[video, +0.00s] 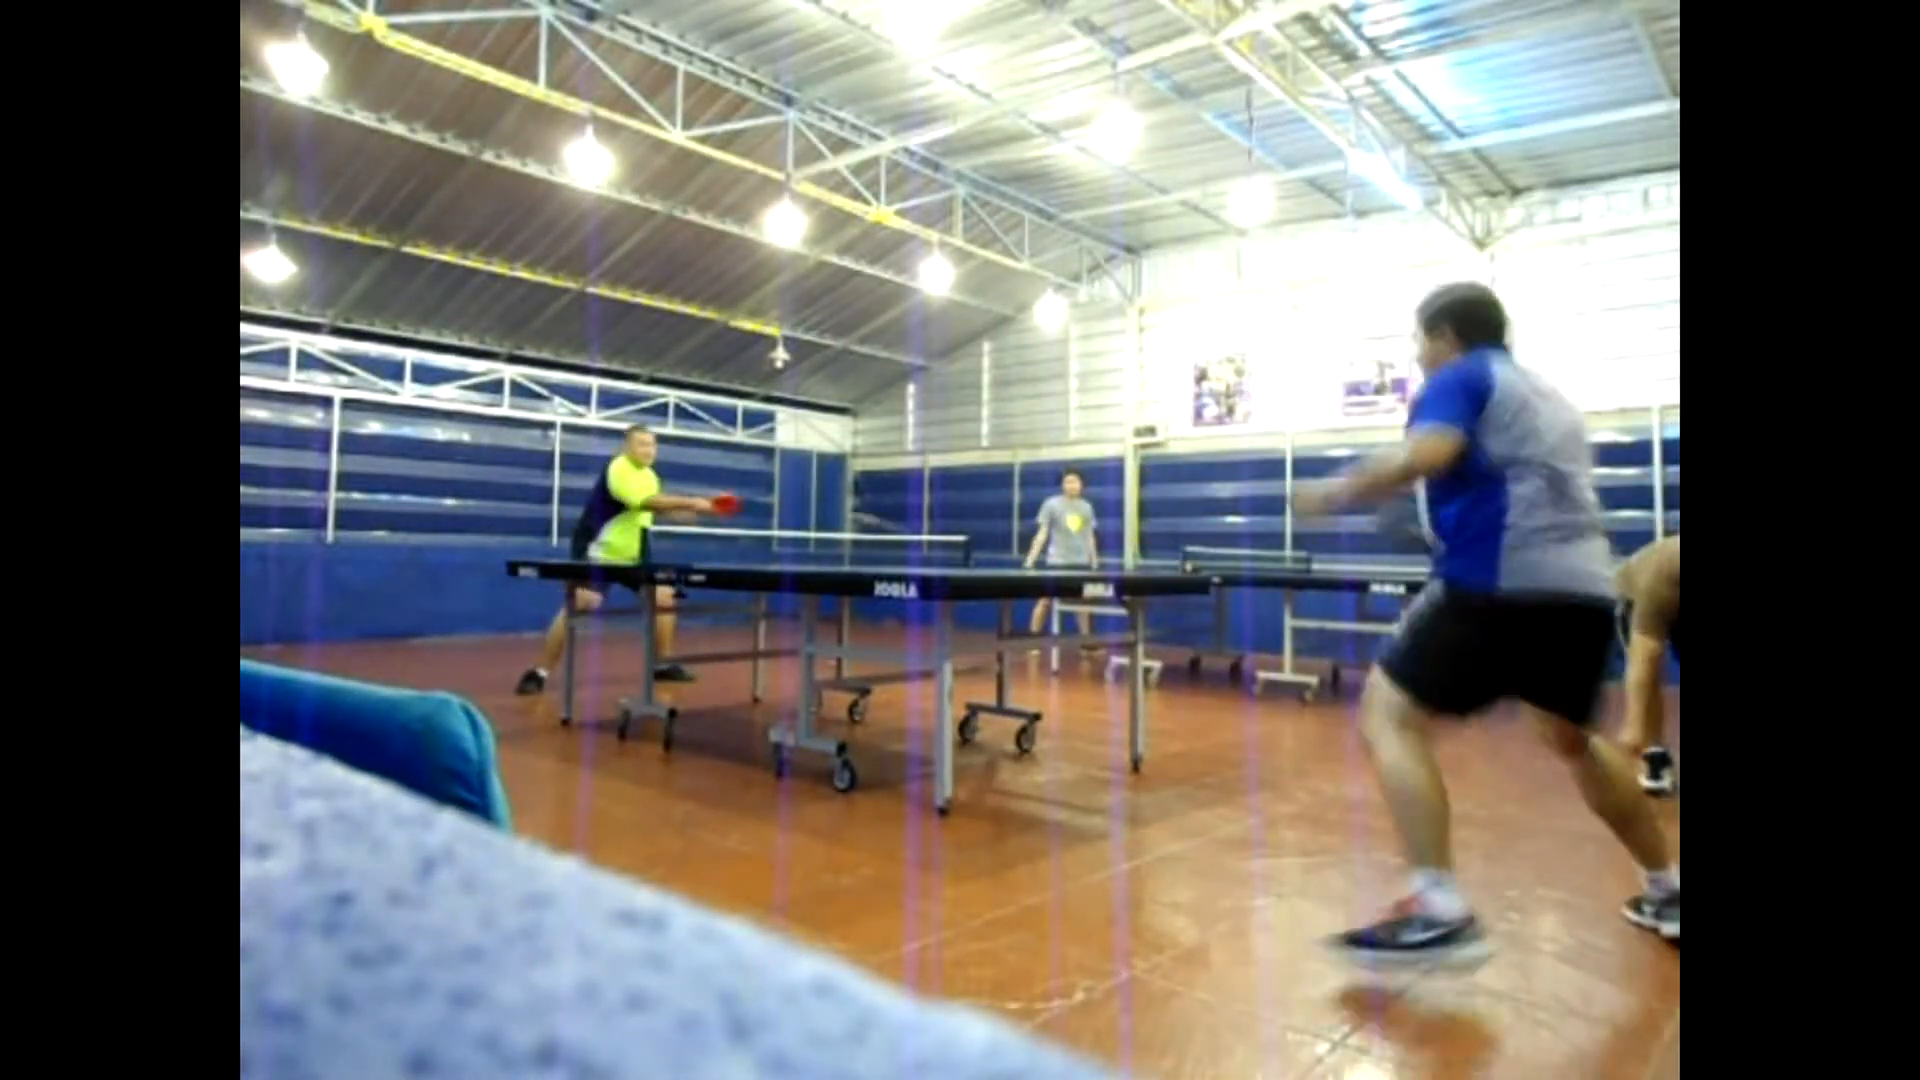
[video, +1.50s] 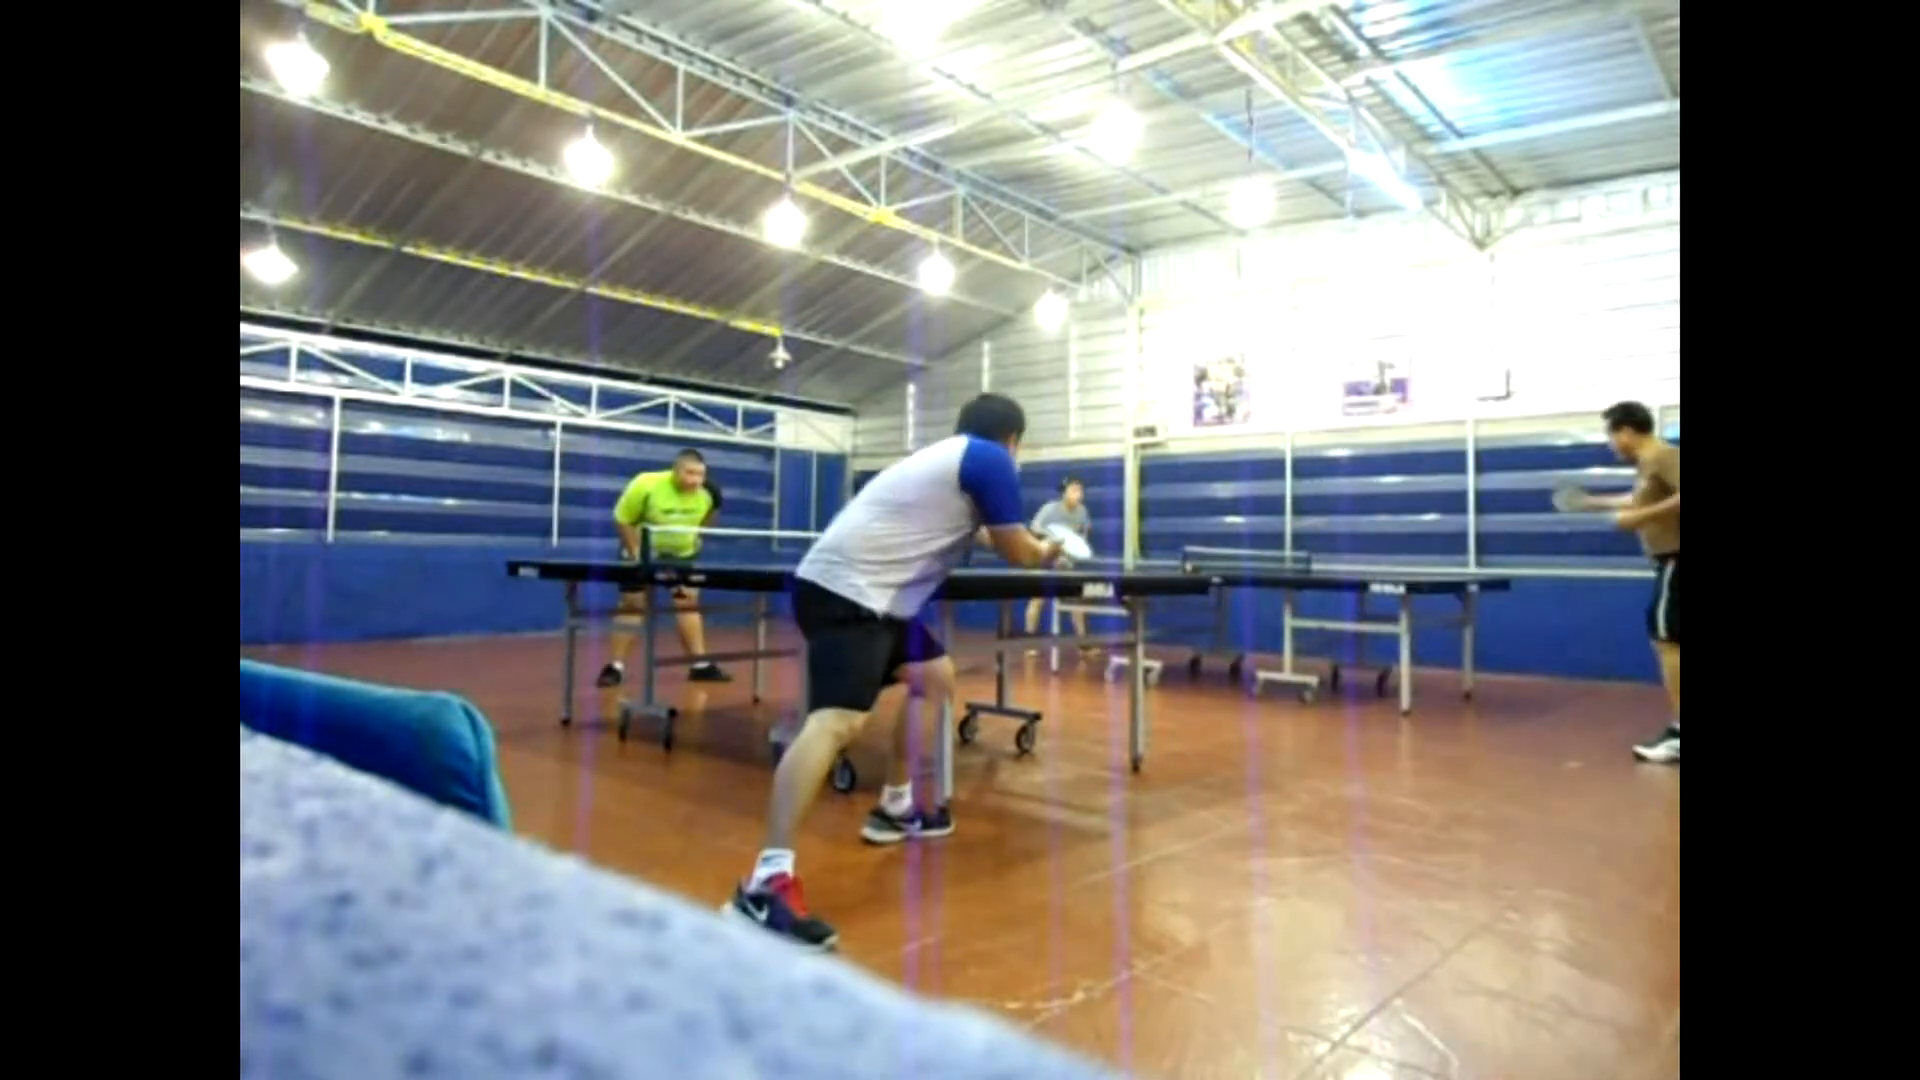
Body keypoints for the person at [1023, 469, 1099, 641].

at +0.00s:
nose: (1072, 486)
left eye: (1075, 482)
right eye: (1068, 482)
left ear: (1081, 485)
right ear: (1062, 485)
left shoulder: (1086, 507)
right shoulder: (1052, 505)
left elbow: (1090, 536)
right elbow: (1042, 533)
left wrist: (1094, 560)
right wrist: (1030, 560)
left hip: (1081, 561)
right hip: (1057, 561)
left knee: (1082, 602)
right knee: (1045, 600)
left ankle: (1086, 639)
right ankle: (1033, 638)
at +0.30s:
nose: (1073, 487)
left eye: (1076, 483)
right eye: (1069, 483)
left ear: (1081, 486)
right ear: (1063, 485)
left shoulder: (1085, 507)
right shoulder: (1051, 505)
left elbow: (1089, 536)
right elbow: (1047, 534)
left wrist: (1093, 560)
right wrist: (1049, 559)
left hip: (1082, 561)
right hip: (1059, 561)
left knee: (1083, 602)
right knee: (1046, 600)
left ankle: (1086, 638)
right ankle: (1033, 636)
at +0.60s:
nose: (1074, 487)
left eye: (1077, 483)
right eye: (1070, 483)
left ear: (1082, 487)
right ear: (1063, 485)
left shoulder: (1084, 507)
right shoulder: (1051, 504)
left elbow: (1087, 535)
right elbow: (1045, 534)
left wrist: (1093, 559)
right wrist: (1065, 549)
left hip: (1080, 561)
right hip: (1056, 560)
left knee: (1082, 601)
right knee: (1045, 599)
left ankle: (1086, 638)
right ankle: (1034, 636)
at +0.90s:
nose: (1074, 487)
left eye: (1077, 483)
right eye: (1070, 483)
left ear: (1082, 487)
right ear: (1063, 485)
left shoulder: (1084, 508)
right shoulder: (1051, 504)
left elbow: (1086, 533)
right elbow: (1043, 532)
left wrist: (1089, 554)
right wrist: (1065, 543)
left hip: (1080, 560)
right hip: (1056, 560)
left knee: (1083, 600)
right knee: (1046, 598)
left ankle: (1085, 638)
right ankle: (1034, 635)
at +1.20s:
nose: (1085, 489)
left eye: (1087, 485)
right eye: (1082, 485)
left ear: (1090, 489)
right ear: (1074, 487)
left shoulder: (1087, 508)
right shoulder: (1060, 505)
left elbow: (1088, 532)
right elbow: (1051, 525)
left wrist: (1086, 552)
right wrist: (1071, 525)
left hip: (1077, 558)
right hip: (1055, 557)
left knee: (1083, 600)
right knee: (1045, 597)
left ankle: (1087, 637)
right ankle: (1032, 633)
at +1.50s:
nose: (1077, 495)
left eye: (1079, 491)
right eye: (1073, 490)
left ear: (1082, 494)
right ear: (1064, 492)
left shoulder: (1082, 511)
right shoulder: (1049, 510)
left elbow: (1085, 530)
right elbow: (1035, 530)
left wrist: (1078, 545)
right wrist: (1050, 545)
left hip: (1071, 560)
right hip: (1047, 560)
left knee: (1077, 599)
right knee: (1038, 598)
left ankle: (1082, 638)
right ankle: (1030, 636)